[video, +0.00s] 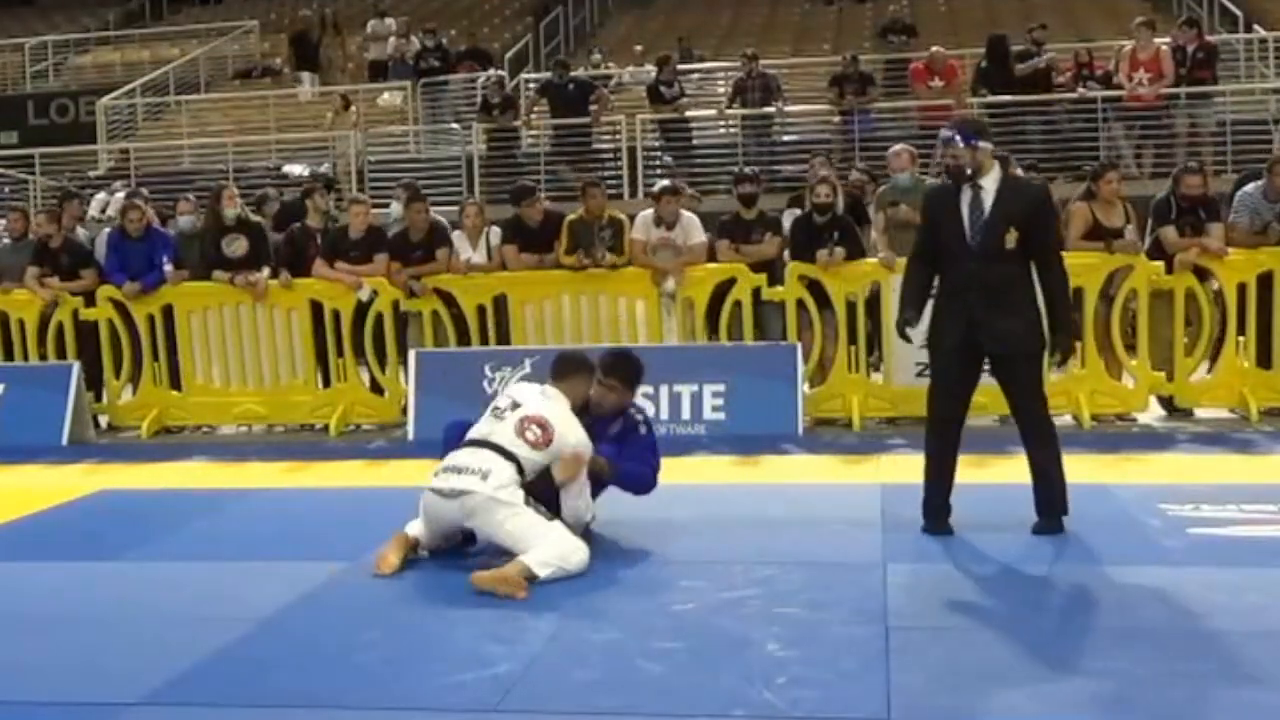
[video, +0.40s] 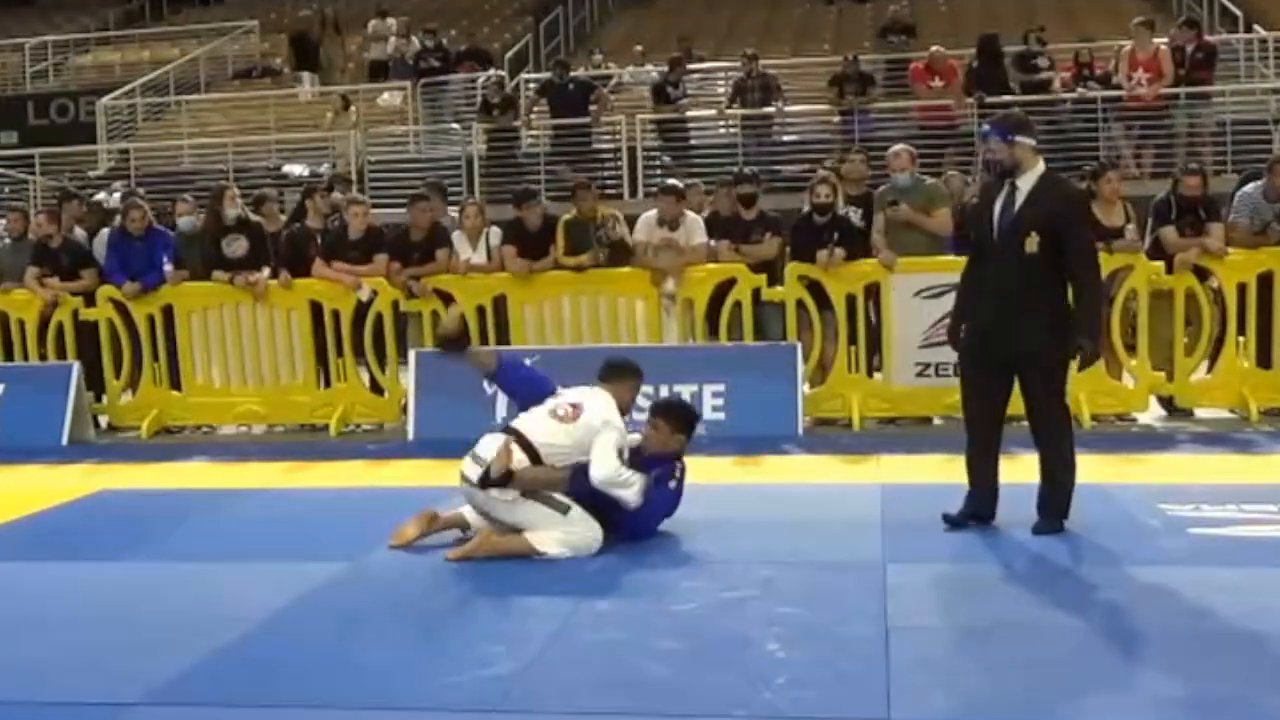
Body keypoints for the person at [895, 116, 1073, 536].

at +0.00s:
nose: (949, 160)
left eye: (956, 151)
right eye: (946, 152)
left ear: (983, 150)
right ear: (947, 155)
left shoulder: (1029, 196)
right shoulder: (938, 200)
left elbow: (1050, 265)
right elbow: (924, 259)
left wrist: (1062, 328)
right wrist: (910, 307)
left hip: (1013, 327)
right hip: (954, 329)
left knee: (1033, 421)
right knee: (942, 423)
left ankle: (1051, 512)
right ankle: (935, 512)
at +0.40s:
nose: (990, 156)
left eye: (996, 148)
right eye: (989, 149)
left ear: (1022, 146)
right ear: (1007, 147)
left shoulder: (1064, 196)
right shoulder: (991, 194)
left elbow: (1085, 271)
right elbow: (978, 263)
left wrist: (1087, 333)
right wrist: (960, 314)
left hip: (1040, 332)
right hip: (987, 331)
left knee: (1050, 427)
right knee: (981, 425)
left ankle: (1053, 513)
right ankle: (979, 505)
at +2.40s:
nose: (852, 171)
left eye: (852, 165)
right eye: (852, 165)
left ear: (861, 163)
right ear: (888, 159)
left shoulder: (872, 204)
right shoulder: (927, 197)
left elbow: (864, 270)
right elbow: (940, 259)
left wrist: (849, 325)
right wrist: (935, 306)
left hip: (889, 313)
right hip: (924, 310)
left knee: (902, 393)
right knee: (898, 390)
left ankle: (920, 481)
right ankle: (895, 469)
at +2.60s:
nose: (833, 175)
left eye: (834, 168)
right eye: (833, 169)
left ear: (847, 165)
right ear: (869, 162)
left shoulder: (858, 205)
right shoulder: (897, 198)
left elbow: (851, 273)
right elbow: (909, 264)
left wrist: (836, 329)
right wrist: (909, 315)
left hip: (870, 318)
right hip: (901, 314)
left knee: (883, 397)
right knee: (874, 393)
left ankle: (915, 480)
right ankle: (862, 468)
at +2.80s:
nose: (819, 170)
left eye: (821, 163)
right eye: (818, 163)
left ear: (837, 161)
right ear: (850, 159)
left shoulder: (843, 201)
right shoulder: (876, 198)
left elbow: (837, 263)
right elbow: (878, 258)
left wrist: (819, 305)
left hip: (846, 309)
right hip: (876, 307)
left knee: (822, 381)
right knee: (866, 384)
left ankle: (873, 449)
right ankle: (863, 464)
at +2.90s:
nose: (789, 158)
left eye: (790, 150)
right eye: (787, 150)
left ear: (807, 148)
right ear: (822, 146)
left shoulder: (820, 185)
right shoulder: (848, 183)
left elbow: (813, 247)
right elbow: (846, 243)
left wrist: (783, 289)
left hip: (814, 296)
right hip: (845, 295)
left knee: (786, 364)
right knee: (839, 372)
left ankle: (820, 442)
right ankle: (838, 451)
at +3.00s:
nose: (767, 123)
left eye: (770, 114)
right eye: (767, 114)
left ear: (785, 115)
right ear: (802, 114)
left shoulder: (799, 154)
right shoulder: (829, 149)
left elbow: (796, 215)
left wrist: (758, 241)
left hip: (793, 261)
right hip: (828, 258)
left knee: (770, 335)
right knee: (825, 338)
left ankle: (768, 415)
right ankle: (830, 418)